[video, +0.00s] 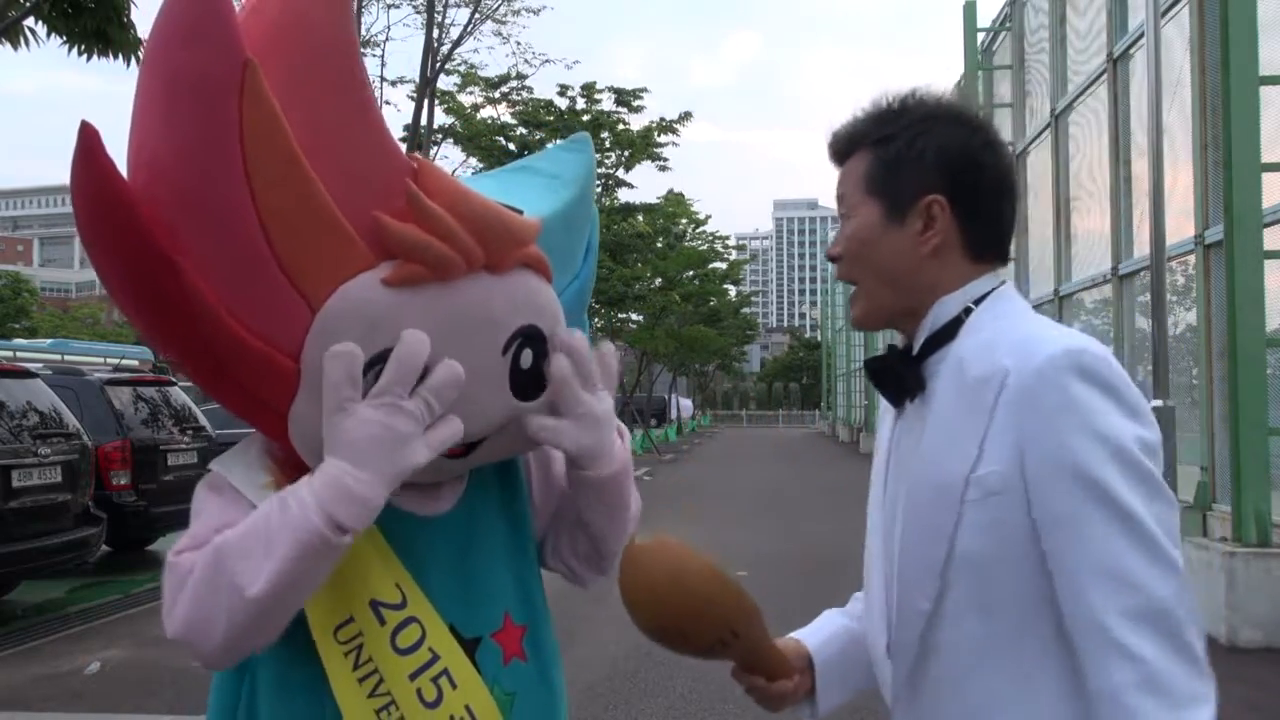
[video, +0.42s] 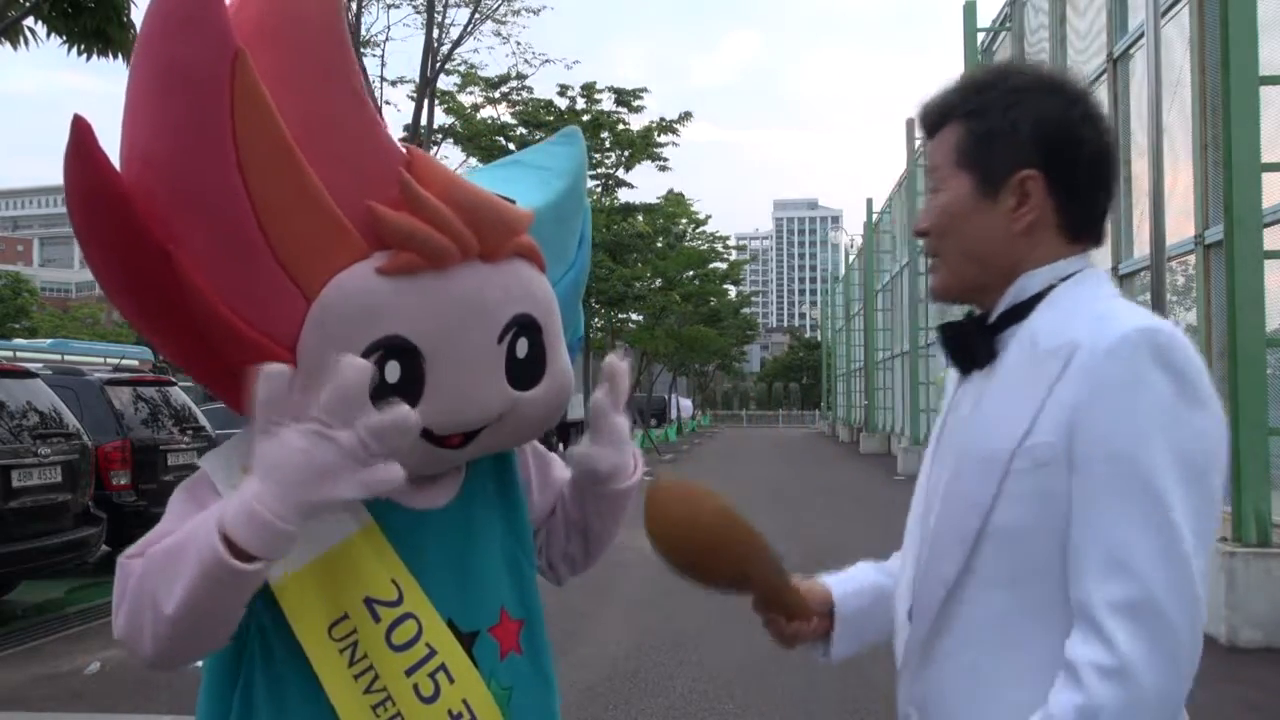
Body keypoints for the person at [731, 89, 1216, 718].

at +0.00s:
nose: (833, 251)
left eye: (845, 218)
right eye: (837, 222)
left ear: (928, 223)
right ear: (927, 226)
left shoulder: (1055, 374)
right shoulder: (911, 389)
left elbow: (1151, 673)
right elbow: (910, 598)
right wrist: (815, 659)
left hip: (1031, 711)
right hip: (927, 709)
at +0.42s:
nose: (918, 224)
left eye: (937, 189)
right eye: (926, 192)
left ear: (1021, 199)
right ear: (1019, 202)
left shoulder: (1129, 356)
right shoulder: (990, 358)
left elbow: (1134, 666)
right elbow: (955, 564)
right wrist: (836, 605)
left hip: (1019, 705)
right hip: (930, 702)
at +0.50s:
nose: (935, 222)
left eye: (954, 186)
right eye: (943, 190)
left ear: (1042, 198)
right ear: (1035, 200)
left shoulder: (1142, 356)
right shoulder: (1011, 356)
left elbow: (1139, 668)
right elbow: (964, 551)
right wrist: (823, 574)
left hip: (1020, 705)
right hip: (931, 701)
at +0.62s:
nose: (979, 226)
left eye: (996, 190)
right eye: (985, 194)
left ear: (1090, 203)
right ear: (1085, 205)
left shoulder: (1159, 373)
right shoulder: (1074, 354)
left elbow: (1131, 691)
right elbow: (931, 458)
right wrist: (800, 379)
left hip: (1011, 708)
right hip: (934, 696)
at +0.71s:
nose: (998, 234)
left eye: (1017, 198)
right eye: (1007, 202)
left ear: (1115, 208)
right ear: (1114, 211)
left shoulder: (1158, 385)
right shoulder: (1093, 356)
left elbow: (1134, 700)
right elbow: (949, 369)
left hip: (990, 706)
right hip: (932, 699)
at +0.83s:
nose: (999, 228)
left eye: (1019, 195)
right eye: (1008, 199)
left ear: (1118, 208)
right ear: (1117, 211)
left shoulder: (1153, 390)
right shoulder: (1076, 351)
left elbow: (1143, 701)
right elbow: (988, 288)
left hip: (986, 704)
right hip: (930, 696)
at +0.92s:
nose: (993, 223)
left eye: (1011, 189)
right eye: (1002, 191)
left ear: (1109, 204)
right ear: (1108, 207)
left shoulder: (1149, 389)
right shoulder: (1085, 347)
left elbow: (1141, 700)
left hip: (985, 704)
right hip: (923, 694)